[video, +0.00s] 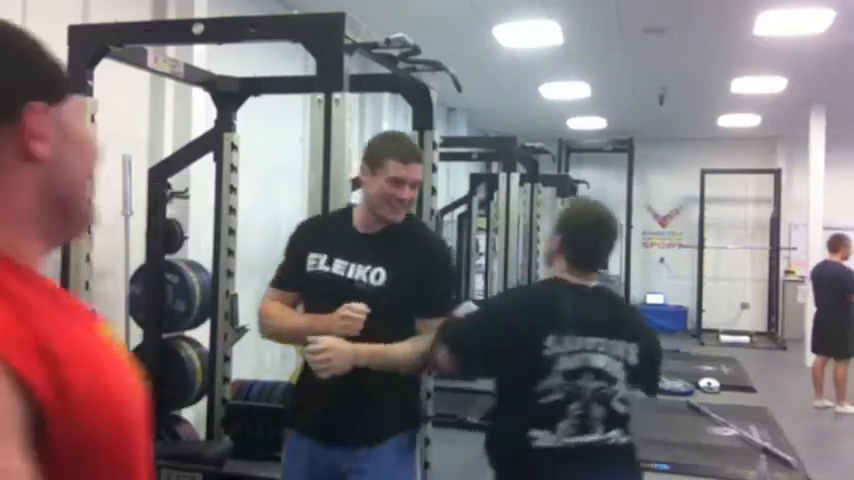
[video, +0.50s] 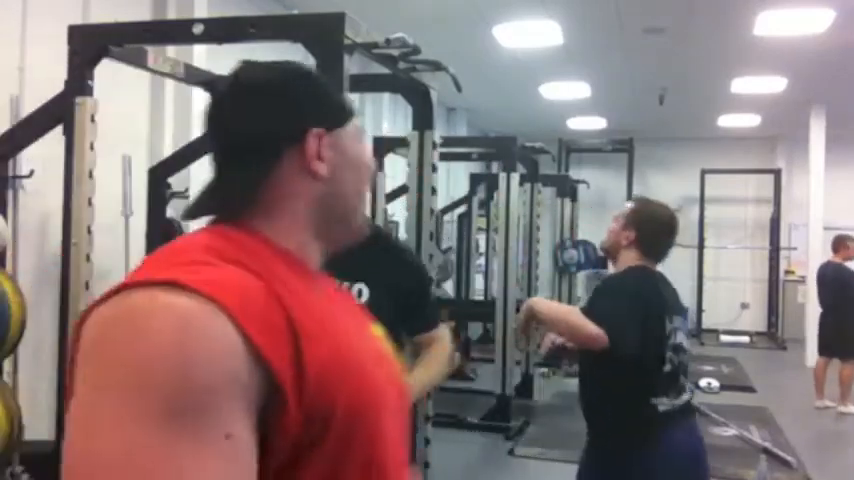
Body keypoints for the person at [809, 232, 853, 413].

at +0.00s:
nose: (850, 252)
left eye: (850, 248)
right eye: (849, 248)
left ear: (830, 248)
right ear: (841, 249)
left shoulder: (817, 269)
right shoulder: (846, 273)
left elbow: (818, 297)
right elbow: (850, 297)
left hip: (822, 317)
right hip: (842, 320)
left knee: (821, 357)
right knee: (841, 361)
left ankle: (818, 397)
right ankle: (841, 401)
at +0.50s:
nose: (853, 252)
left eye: (852, 248)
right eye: (851, 248)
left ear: (838, 248)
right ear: (843, 248)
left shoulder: (823, 269)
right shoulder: (847, 273)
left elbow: (822, 298)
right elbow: (849, 300)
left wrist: (831, 311)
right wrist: (847, 315)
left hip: (827, 318)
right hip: (845, 321)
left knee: (824, 357)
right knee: (847, 361)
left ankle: (820, 398)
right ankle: (845, 402)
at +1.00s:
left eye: (853, 251)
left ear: (846, 251)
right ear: (851, 251)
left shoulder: (835, 270)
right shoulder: (848, 272)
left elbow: (833, 302)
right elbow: (839, 302)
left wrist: (841, 314)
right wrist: (845, 317)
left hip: (839, 319)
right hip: (849, 321)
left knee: (849, 359)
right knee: (850, 361)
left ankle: (832, 389)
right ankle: (846, 403)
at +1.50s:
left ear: (848, 252)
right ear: (852, 252)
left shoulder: (842, 271)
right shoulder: (846, 272)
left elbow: (840, 302)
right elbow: (842, 302)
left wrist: (846, 312)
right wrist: (847, 313)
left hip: (846, 318)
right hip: (849, 319)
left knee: (851, 358)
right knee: (851, 360)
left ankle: (845, 386)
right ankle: (847, 400)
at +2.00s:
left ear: (847, 252)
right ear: (853, 253)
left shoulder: (840, 270)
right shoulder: (846, 271)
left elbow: (839, 301)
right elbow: (841, 302)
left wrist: (843, 314)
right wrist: (845, 316)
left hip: (844, 319)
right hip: (849, 320)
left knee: (850, 358)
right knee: (851, 361)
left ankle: (844, 385)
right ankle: (847, 400)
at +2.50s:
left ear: (847, 251)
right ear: (851, 252)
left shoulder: (837, 271)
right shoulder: (841, 272)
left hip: (844, 327)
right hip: (848, 327)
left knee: (848, 365)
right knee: (849, 365)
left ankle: (846, 403)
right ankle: (846, 404)